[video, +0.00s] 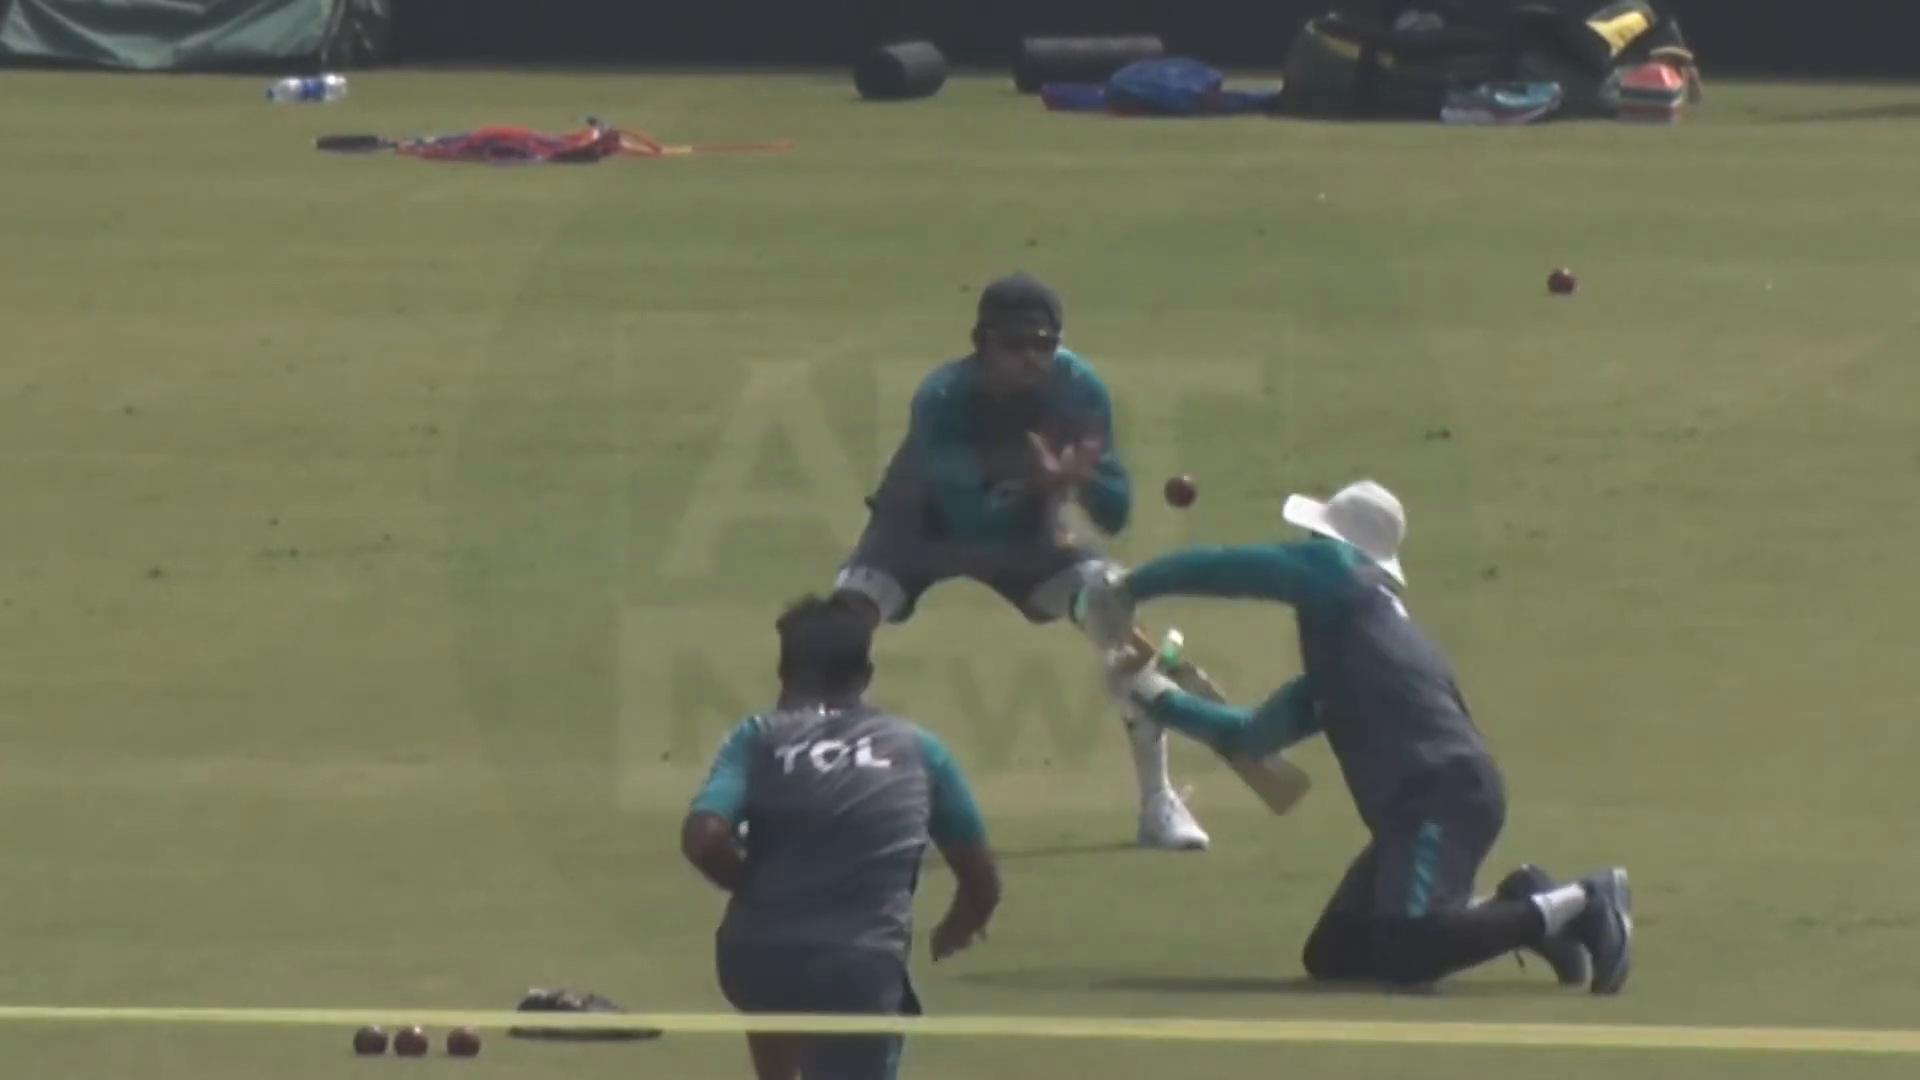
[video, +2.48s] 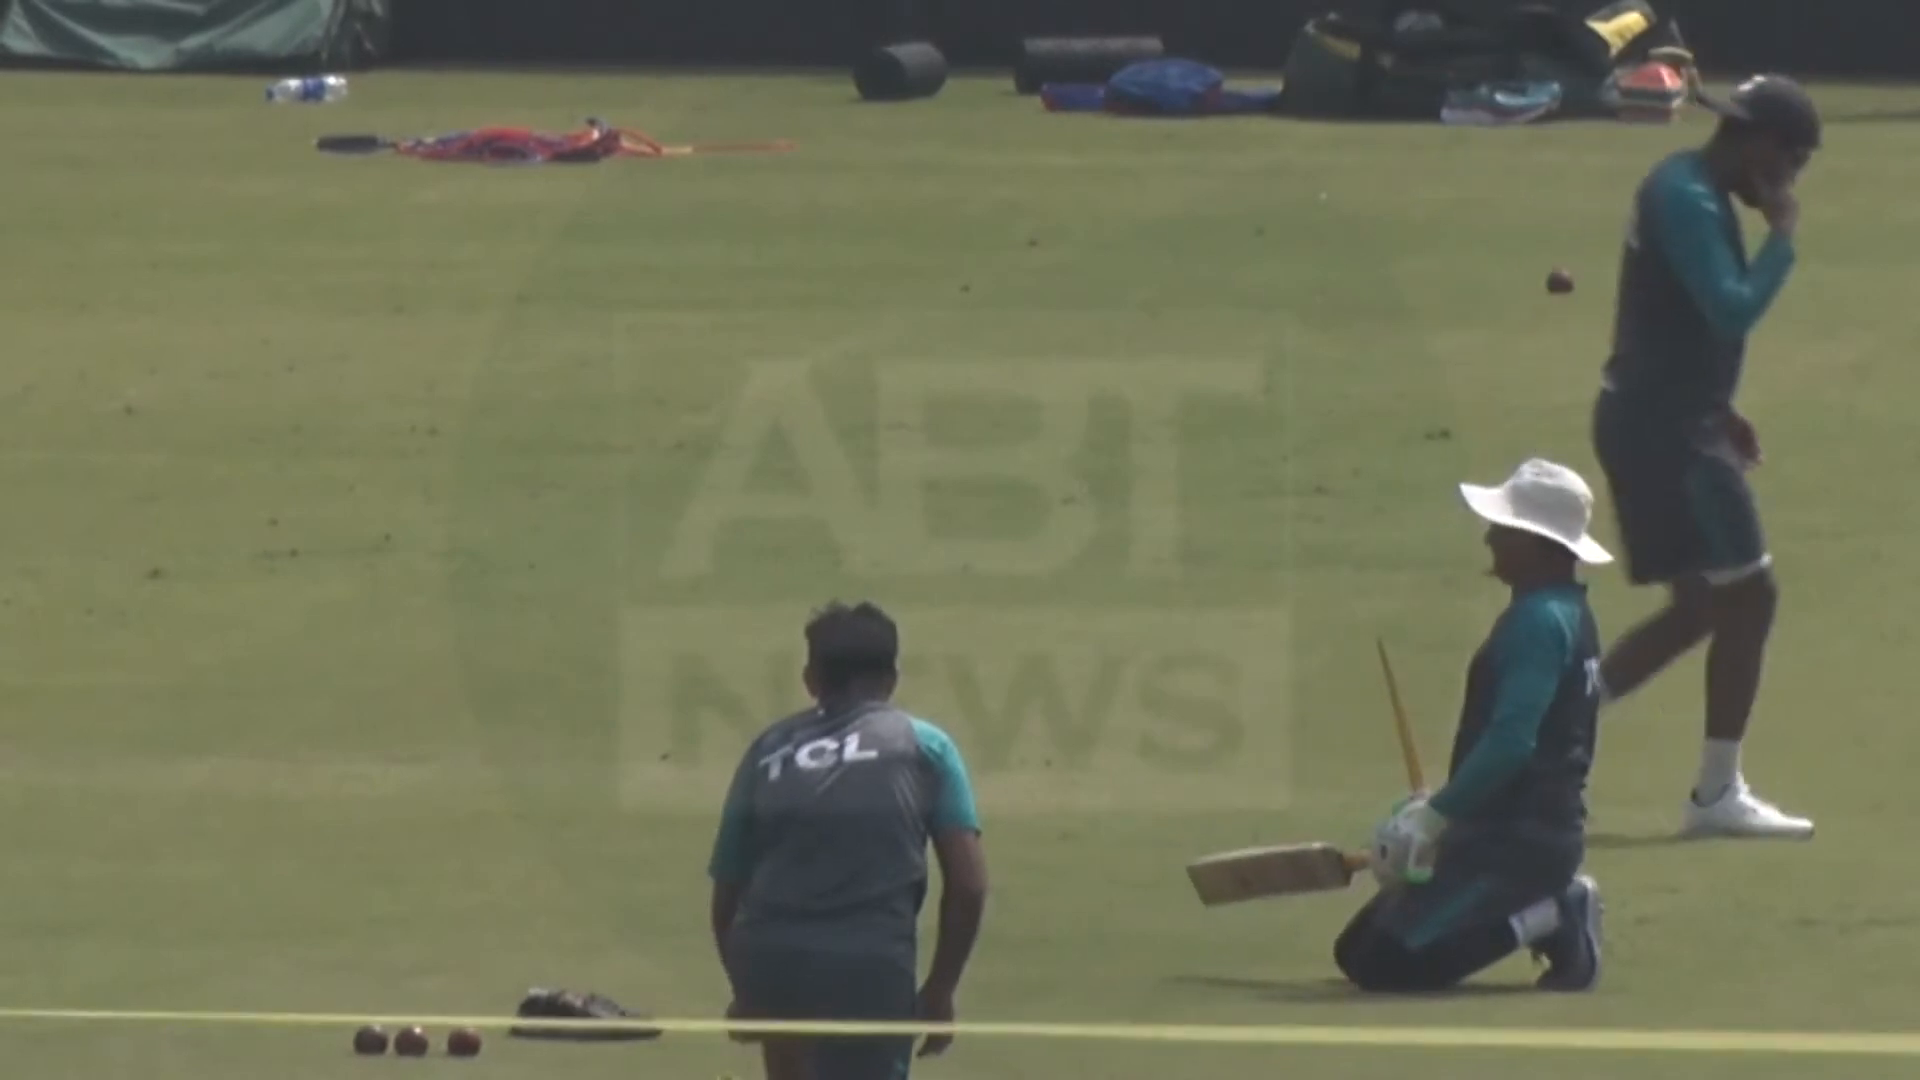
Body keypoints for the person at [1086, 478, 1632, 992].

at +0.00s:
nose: (1300, 544)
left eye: (1313, 538)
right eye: (1305, 535)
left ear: (1343, 549)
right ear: (1371, 559)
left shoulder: (1341, 579)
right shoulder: (1350, 654)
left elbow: (1218, 568)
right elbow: (1250, 735)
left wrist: (1126, 586)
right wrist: (1151, 692)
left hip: (1445, 798)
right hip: (1415, 815)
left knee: (1396, 952)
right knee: (1333, 955)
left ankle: (1579, 905)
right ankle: (1508, 915)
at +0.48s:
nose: (1262, 529)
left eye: (1269, 521)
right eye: (1267, 520)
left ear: (1284, 524)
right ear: (1337, 541)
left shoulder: (1268, 552)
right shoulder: (1356, 599)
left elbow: (1214, 654)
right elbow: (1351, 733)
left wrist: (1192, 745)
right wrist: (1270, 789)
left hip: (1376, 748)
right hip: (1419, 758)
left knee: (1327, 889)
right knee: (1325, 955)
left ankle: (1518, 879)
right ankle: (1505, 910)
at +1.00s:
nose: (1244, 548)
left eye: (1251, 542)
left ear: (1268, 543)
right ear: (1322, 562)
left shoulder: (1250, 562)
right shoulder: (1331, 604)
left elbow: (1237, 645)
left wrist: (1223, 768)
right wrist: (1323, 925)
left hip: (1372, 736)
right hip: (1417, 754)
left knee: (1351, 866)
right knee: (1333, 956)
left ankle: (1531, 841)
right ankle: (1501, 896)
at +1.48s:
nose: (1296, 545)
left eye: (1304, 534)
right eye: (1302, 534)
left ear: (1317, 537)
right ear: (1374, 551)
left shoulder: (1316, 574)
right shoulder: (1387, 601)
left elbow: (1307, 672)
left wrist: (1277, 781)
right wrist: (1338, 916)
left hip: (1423, 793)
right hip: (1456, 787)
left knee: (1336, 954)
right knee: (1343, 943)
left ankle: (1527, 904)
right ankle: (1502, 901)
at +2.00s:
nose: (1454, 557)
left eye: (1464, 544)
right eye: (1458, 542)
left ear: (1489, 550)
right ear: (1523, 551)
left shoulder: (1505, 614)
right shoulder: (1529, 612)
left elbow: (1498, 737)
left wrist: (1422, 811)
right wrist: (1417, 838)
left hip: (1512, 850)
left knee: (1382, 964)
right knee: (1355, 945)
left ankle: (1550, 914)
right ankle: (1539, 909)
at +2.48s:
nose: (1488, 535)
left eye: (1502, 526)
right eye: (1493, 523)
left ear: (1540, 543)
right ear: (1546, 545)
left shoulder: (1541, 620)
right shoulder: (1557, 610)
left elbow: (1510, 743)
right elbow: (1503, 748)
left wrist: (1433, 815)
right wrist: (1425, 811)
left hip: (1521, 851)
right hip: (1506, 842)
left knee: (1384, 967)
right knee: (1360, 951)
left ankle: (1555, 914)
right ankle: (1540, 909)